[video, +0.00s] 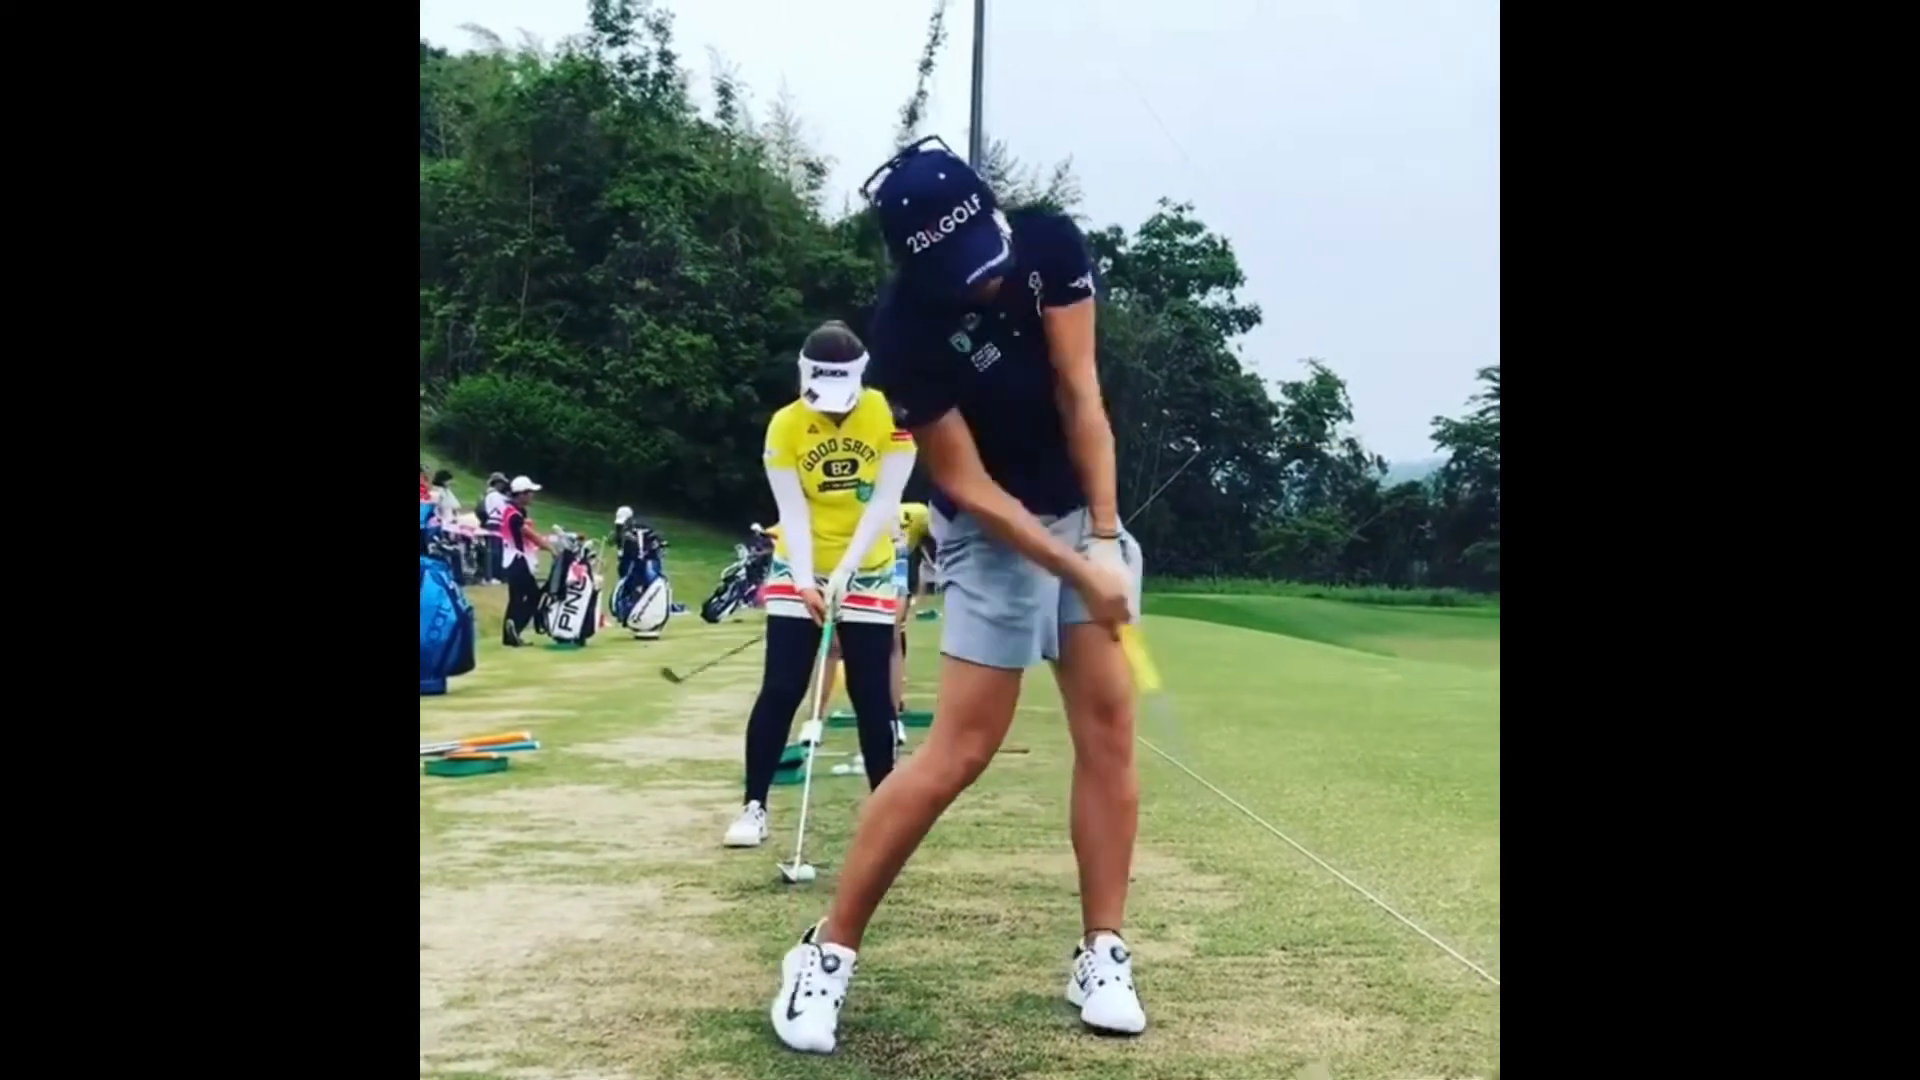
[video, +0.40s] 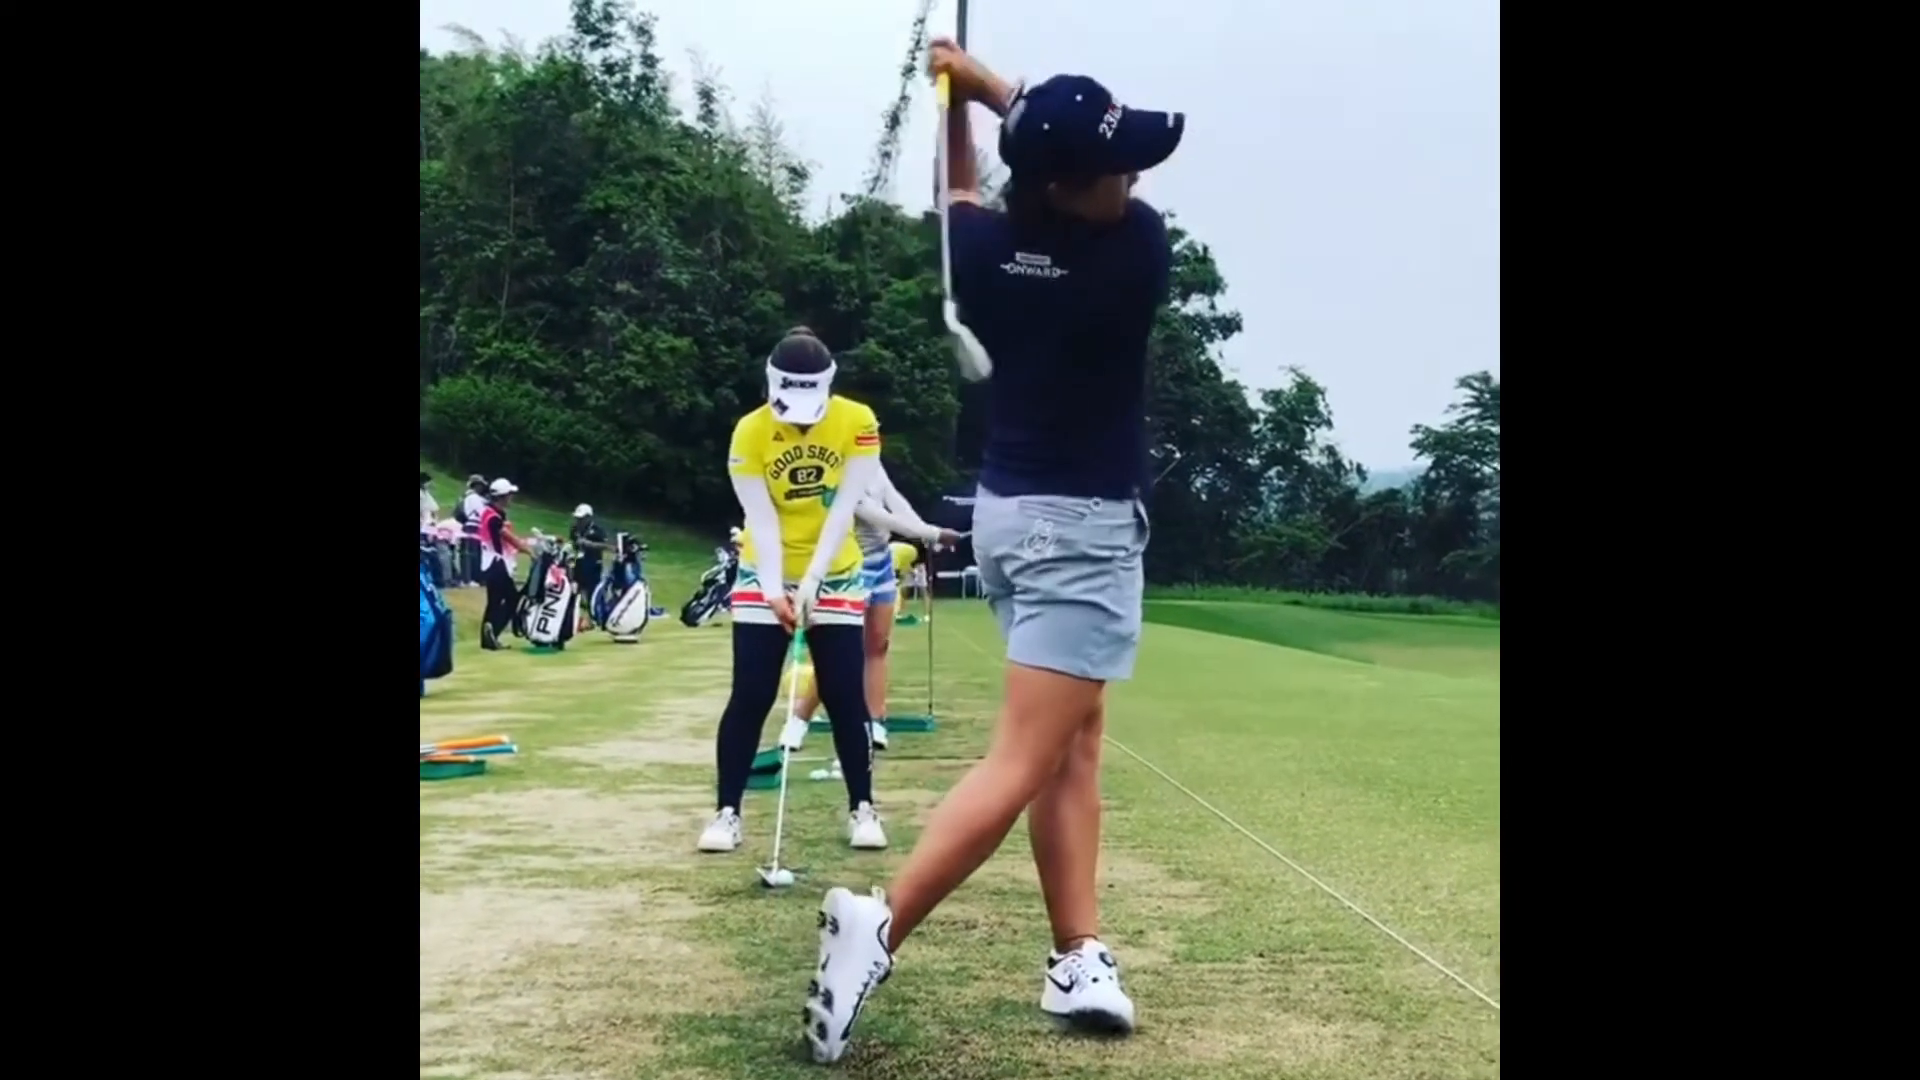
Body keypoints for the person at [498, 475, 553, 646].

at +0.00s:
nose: (532, 497)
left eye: (532, 493)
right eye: (529, 493)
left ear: (520, 495)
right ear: (520, 495)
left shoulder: (513, 512)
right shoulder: (514, 516)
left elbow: (530, 534)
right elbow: (531, 536)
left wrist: (548, 541)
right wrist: (550, 547)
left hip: (514, 556)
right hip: (517, 559)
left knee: (516, 596)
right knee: (534, 593)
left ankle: (509, 635)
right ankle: (516, 625)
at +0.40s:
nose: (511, 499)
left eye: (510, 495)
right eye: (508, 495)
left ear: (496, 496)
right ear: (501, 497)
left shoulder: (488, 513)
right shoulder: (494, 518)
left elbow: (507, 536)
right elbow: (511, 539)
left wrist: (526, 544)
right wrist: (529, 550)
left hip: (490, 558)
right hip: (496, 561)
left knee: (494, 599)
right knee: (512, 597)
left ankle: (487, 636)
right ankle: (494, 629)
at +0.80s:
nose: (498, 503)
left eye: (498, 499)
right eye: (496, 500)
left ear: (483, 500)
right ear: (489, 501)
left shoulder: (477, 517)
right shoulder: (481, 522)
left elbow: (495, 540)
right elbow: (497, 543)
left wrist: (513, 549)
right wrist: (516, 554)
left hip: (477, 562)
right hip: (482, 564)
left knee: (481, 603)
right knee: (499, 600)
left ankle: (474, 642)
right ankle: (480, 633)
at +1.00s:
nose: (496, 505)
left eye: (496, 502)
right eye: (494, 502)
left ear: (480, 503)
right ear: (487, 503)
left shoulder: (474, 520)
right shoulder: (479, 524)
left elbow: (492, 544)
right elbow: (493, 544)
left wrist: (508, 556)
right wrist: (511, 557)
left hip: (474, 564)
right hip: (479, 567)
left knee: (479, 605)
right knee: (497, 602)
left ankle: (472, 644)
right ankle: (478, 636)